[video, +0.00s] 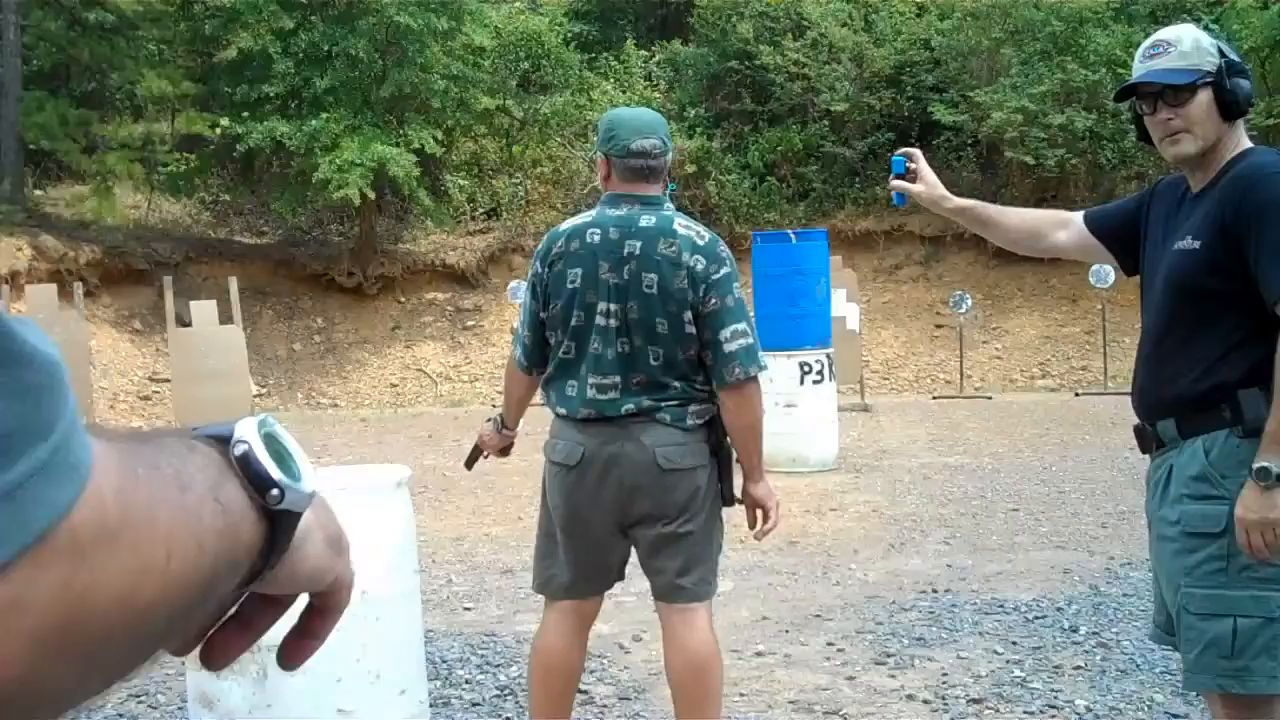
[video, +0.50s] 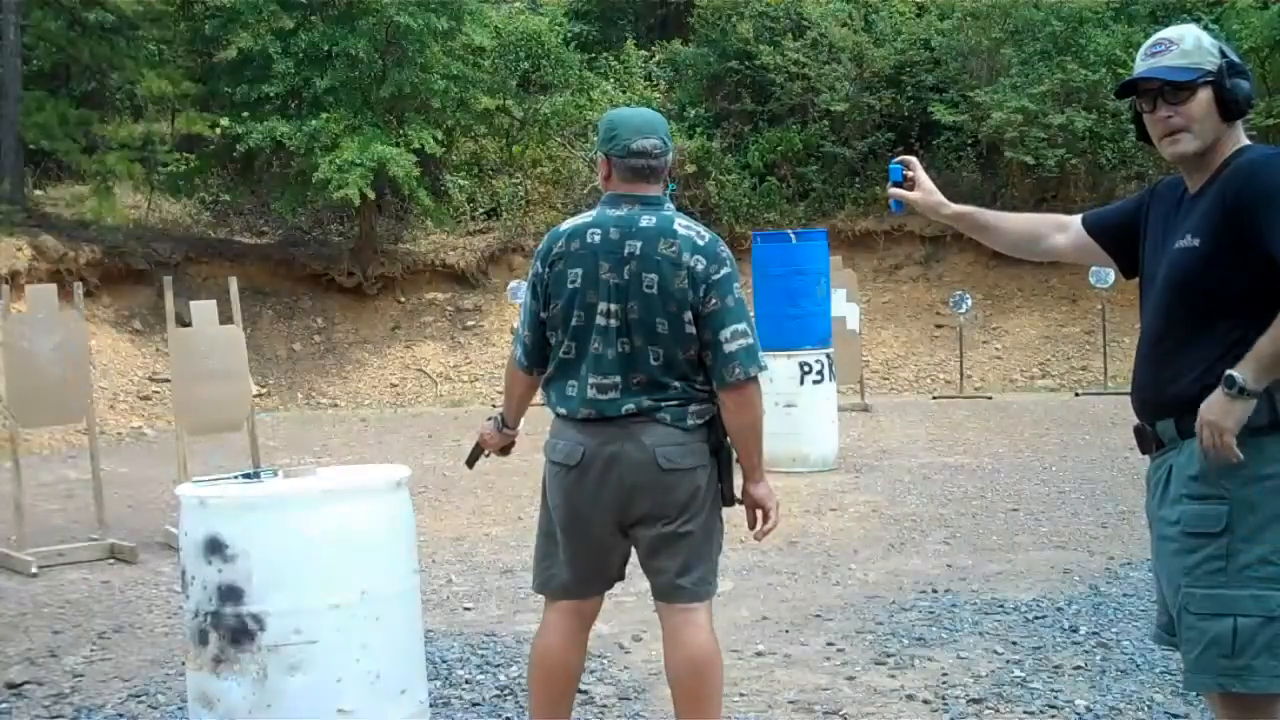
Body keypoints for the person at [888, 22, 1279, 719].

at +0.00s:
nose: (1163, 114)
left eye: (1180, 94)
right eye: (1150, 102)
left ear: (1228, 94)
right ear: (1142, 115)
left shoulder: (1262, 185)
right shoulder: (1164, 202)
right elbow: (1057, 231)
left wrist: (1267, 472)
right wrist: (946, 204)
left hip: (1228, 460)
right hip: (1177, 461)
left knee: (1246, 691)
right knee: (1225, 681)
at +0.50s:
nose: (1163, 113)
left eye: (1180, 93)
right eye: (1149, 101)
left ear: (1228, 95)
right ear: (1141, 116)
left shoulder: (1263, 179)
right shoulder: (1161, 204)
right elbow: (1058, 234)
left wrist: (1243, 383)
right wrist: (946, 211)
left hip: (1240, 456)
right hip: (1181, 461)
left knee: (1244, 682)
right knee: (1225, 671)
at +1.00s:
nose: (1140, 114)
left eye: (1150, 98)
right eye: (1141, 99)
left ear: (1195, 97)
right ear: (1202, 102)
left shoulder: (1258, 177)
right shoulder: (1169, 199)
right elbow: (1060, 228)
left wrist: (1229, 352)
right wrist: (951, 203)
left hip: (1236, 459)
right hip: (1186, 460)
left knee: (1245, 687)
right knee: (1229, 679)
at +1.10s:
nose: (1142, 113)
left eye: (1152, 97)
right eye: (1143, 99)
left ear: (1196, 98)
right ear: (1205, 102)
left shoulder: (1257, 177)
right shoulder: (1172, 199)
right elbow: (1065, 227)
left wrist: (1223, 364)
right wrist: (956, 202)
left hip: (1235, 457)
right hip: (1187, 459)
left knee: (1245, 687)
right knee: (1233, 679)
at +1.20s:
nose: (1143, 113)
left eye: (1152, 98)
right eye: (1144, 99)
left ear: (1193, 99)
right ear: (1210, 102)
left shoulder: (1255, 176)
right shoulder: (1175, 198)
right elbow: (1067, 227)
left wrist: (1221, 365)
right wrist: (960, 202)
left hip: (1236, 457)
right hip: (1190, 458)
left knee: (1246, 688)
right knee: (1235, 680)